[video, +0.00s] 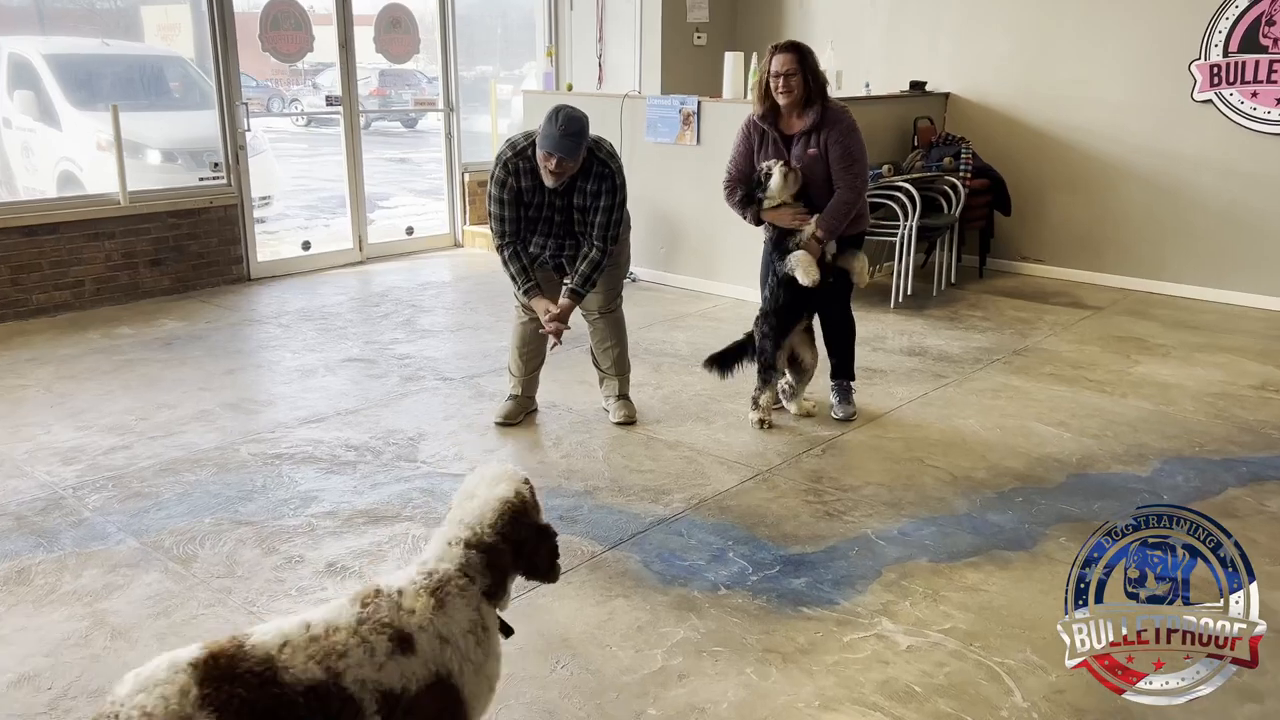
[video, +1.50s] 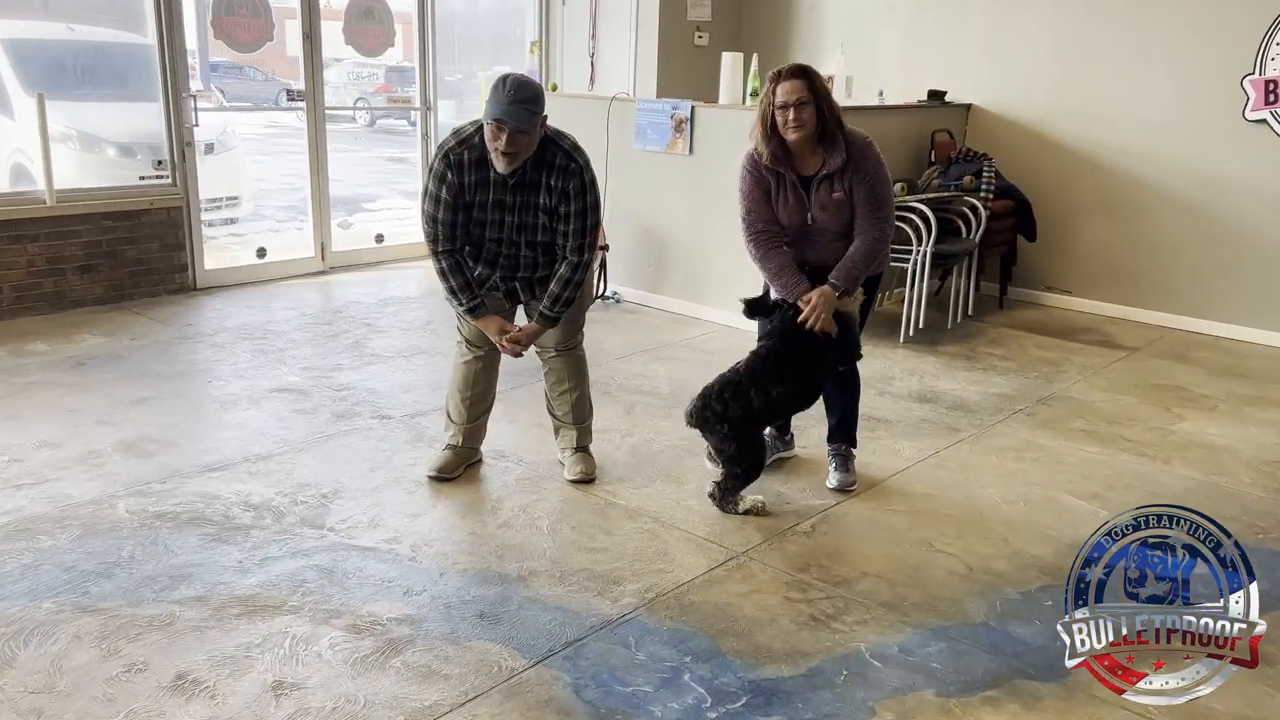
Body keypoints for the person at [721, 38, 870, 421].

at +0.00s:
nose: (781, 82)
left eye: (790, 74)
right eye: (774, 75)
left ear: (807, 77)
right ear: (767, 81)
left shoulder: (836, 121)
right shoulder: (756, 125)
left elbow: (852, 188)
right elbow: (734, 186)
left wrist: (818, 235)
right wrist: (767, 214)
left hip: (838, 233)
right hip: (783, 233)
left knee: (834, 309)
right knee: (781, 310)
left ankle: (842, 385)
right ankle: (790, 373)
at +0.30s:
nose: (783, 85)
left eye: (792, 76)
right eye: (776, 78)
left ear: (811, 79)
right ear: (768, 83)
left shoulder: (841, 123)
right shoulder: (757, 126)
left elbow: (856, 195)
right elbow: (744, 191)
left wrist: (829, 239)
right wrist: (789, 215)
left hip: (841, 228)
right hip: (784, 228)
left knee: (832, 310)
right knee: (778, 310)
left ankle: (841, 402)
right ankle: (782, 394)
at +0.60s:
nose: (786, 98)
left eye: (796, 89)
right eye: (779, 90)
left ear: (815, 92)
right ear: (769, 96)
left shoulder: (848, 139)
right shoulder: (757, 141)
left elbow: (862, 210)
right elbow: (744, 207)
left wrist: (839, 272)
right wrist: (767, 265)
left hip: (843, 245)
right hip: (784, 246)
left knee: (834, 326)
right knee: (781, 321)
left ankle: (839, 419)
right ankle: (780, 406)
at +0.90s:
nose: (792, 125)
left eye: (801, 115)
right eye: (783, 117)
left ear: (820, 116)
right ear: (773, 121)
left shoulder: (856, 154)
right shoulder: (765, 166)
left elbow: (876, 229)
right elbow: (761, 241)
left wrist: (833, 282)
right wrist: (776, 312)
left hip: (855, 260)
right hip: (794, 261)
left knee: (842, 338)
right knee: (782, 340)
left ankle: (847, 433)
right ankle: (773, 426)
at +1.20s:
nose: (796, 130)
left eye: (805, 120)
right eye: (787, 122)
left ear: (824, 120)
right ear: (777, 126)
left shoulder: (861, 158)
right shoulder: (767, 172)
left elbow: (896, 226)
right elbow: (763, 247)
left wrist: (837, 257)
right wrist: (780, 318)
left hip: (861, 268)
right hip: (798, 266)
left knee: (843, 350)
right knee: (791, 346)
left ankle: (848, 446)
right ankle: (786, 428)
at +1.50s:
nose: (792, 115)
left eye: (802, 104)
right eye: (782, 107)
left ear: (821, 107)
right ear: (770, 113)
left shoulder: (858, 153)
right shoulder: (760, 162)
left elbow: (875, 233)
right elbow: (761, 238)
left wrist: (837, 287)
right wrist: (806, 297)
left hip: (849, 272)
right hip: (787, 272)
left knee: (839, 357)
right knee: (776, 350)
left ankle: (841, 451)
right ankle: (777, 432)